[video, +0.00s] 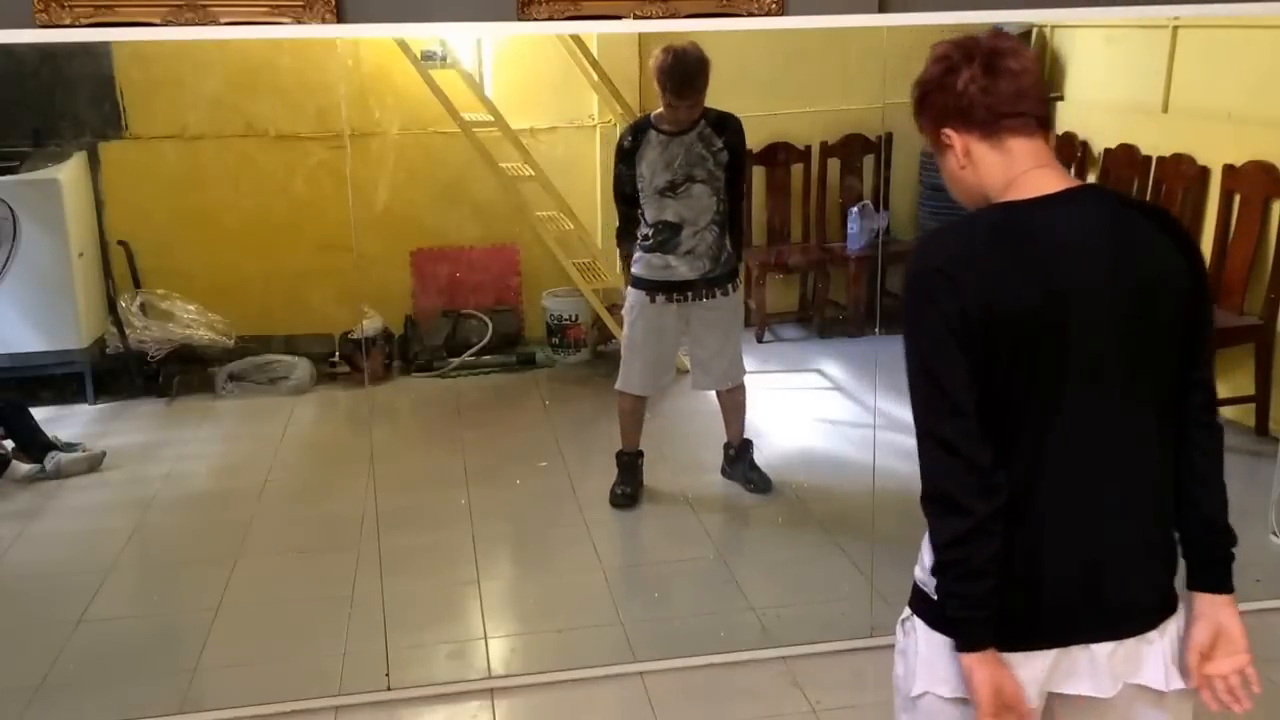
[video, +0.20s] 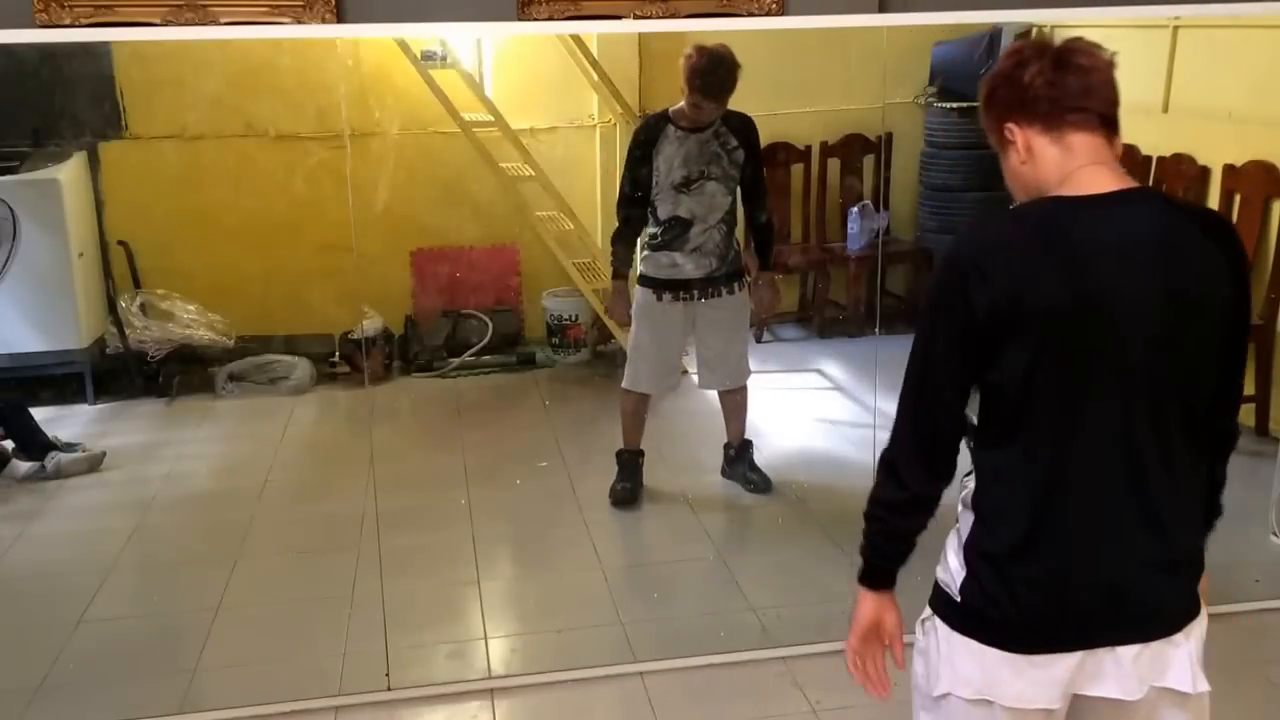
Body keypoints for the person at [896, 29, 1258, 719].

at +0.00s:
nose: (943, 174)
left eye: (937, 156)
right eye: (937, 157)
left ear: (957, 144)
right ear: (1041, 122)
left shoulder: (950, 264)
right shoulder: (1160, 238)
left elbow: (956, 468)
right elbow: (1195, 424)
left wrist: (976, 643)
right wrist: (1213, 592)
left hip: (998, 620)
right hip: (1136, 612)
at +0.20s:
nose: (1008, 183)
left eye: (1000, 160)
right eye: (1001, 163)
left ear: (1018, 141)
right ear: (1109, 128)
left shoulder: (992, 252)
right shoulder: (1212, 244)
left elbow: (925, 433)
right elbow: (1216, 426)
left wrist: (876, 578)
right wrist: (1190, 552)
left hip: (1007, 611)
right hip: (1155, 609)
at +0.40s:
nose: (1015, 182)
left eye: (1010, 159)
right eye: (1009, 162)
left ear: (1028, 142)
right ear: (1124, 131)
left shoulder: (995, 252)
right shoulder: (1220, 246)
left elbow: (934, 417)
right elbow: (1210, 413)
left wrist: (907, 526)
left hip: (1004, 613)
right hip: (1157, 611)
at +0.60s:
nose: (994, 179)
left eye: (987, 159)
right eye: (989, 160)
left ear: (1005, 146)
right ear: (1100, 132)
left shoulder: (981, 256)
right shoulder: (1203, 243)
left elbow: (929, 459)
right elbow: (1194, 421)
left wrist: (962, 533)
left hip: (994, 621)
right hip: (1149, 618)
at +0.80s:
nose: (974, 187)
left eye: (965, 165)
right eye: (967, 167)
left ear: (984, 150)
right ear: (1077, 131)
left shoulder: (968, 258)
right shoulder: (1189, 238)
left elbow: (909, 449)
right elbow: (1188, 410)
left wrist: (968, 522)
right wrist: (1116, 488)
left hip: (995, 614)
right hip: (1146, 610)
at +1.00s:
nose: (970, 181)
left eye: (963, 161)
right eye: (964, 162)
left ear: (982, 147)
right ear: (1076, 132)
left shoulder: (968, 257)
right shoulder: (1183, 239)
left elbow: (912, 448)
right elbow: (1183, 412)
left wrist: (966, 523)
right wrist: (1113, 485)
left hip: (989, 612)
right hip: (1140, 609)